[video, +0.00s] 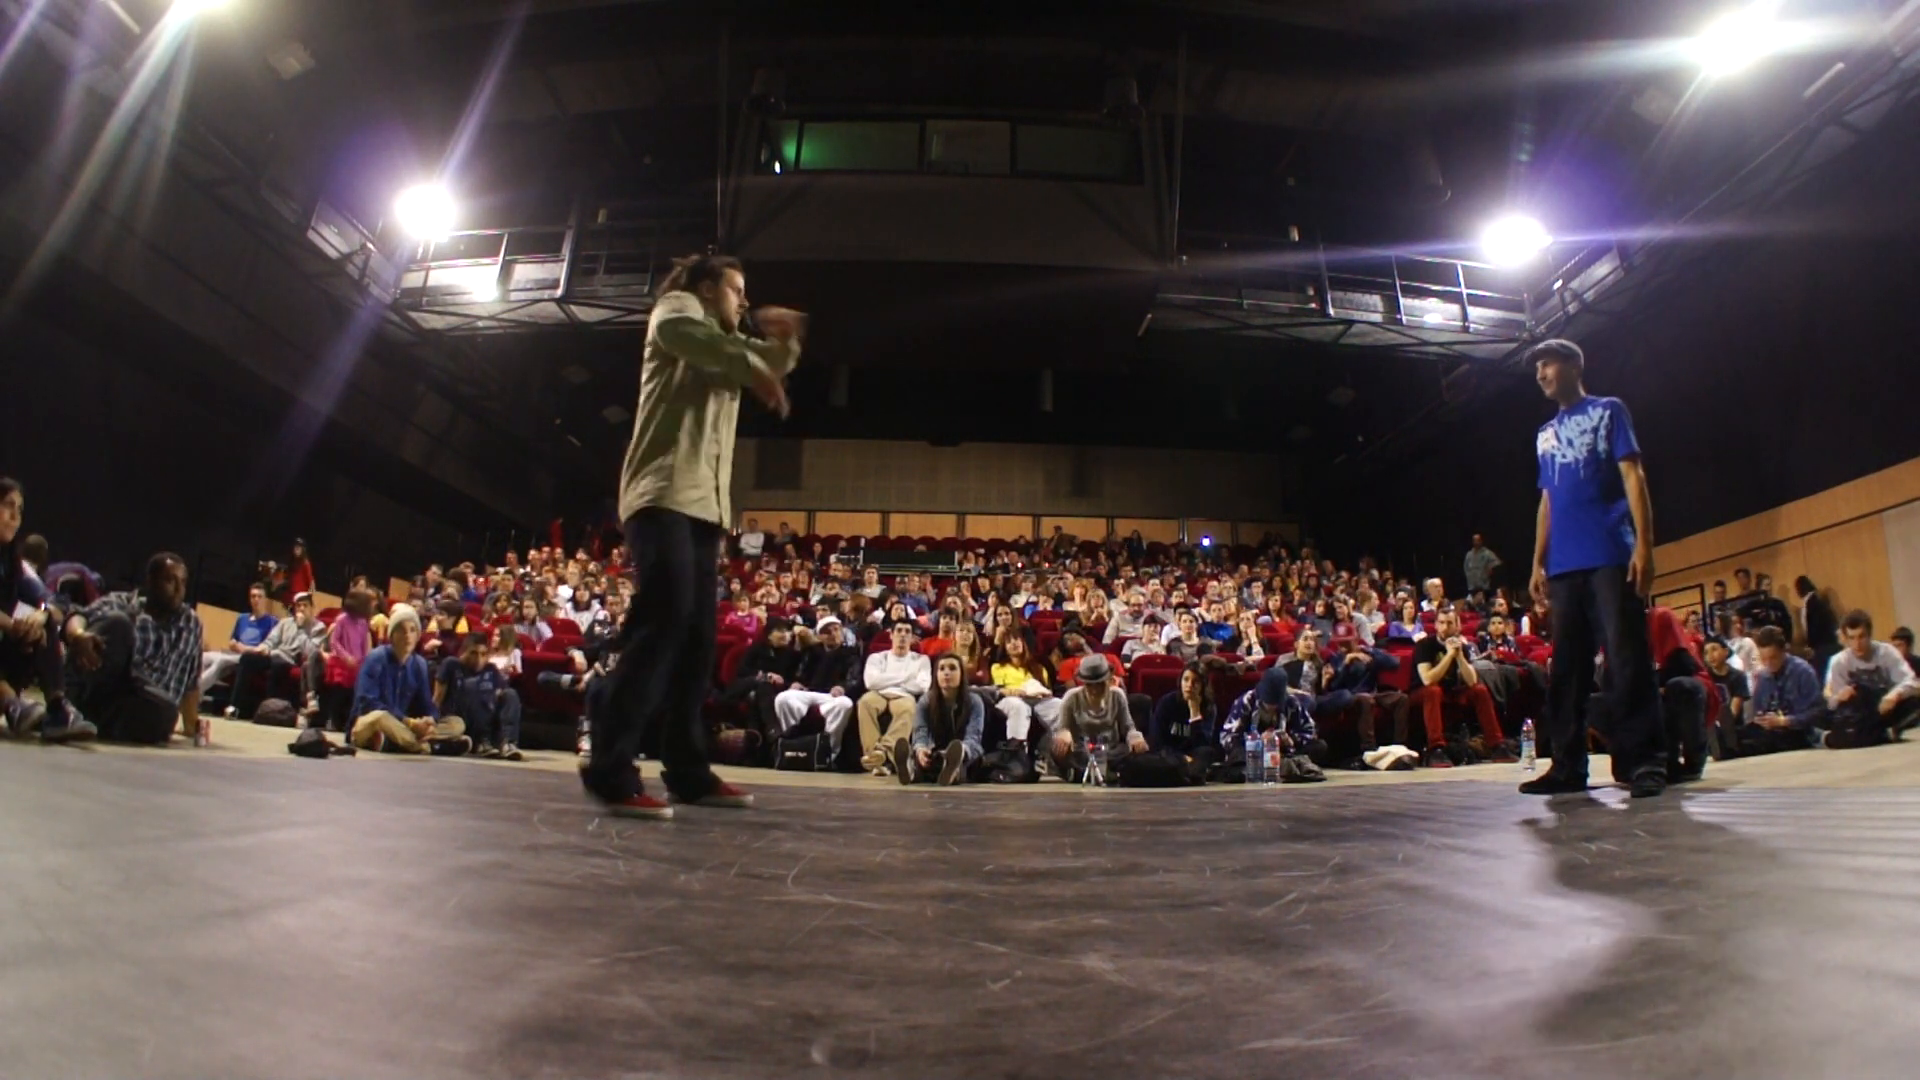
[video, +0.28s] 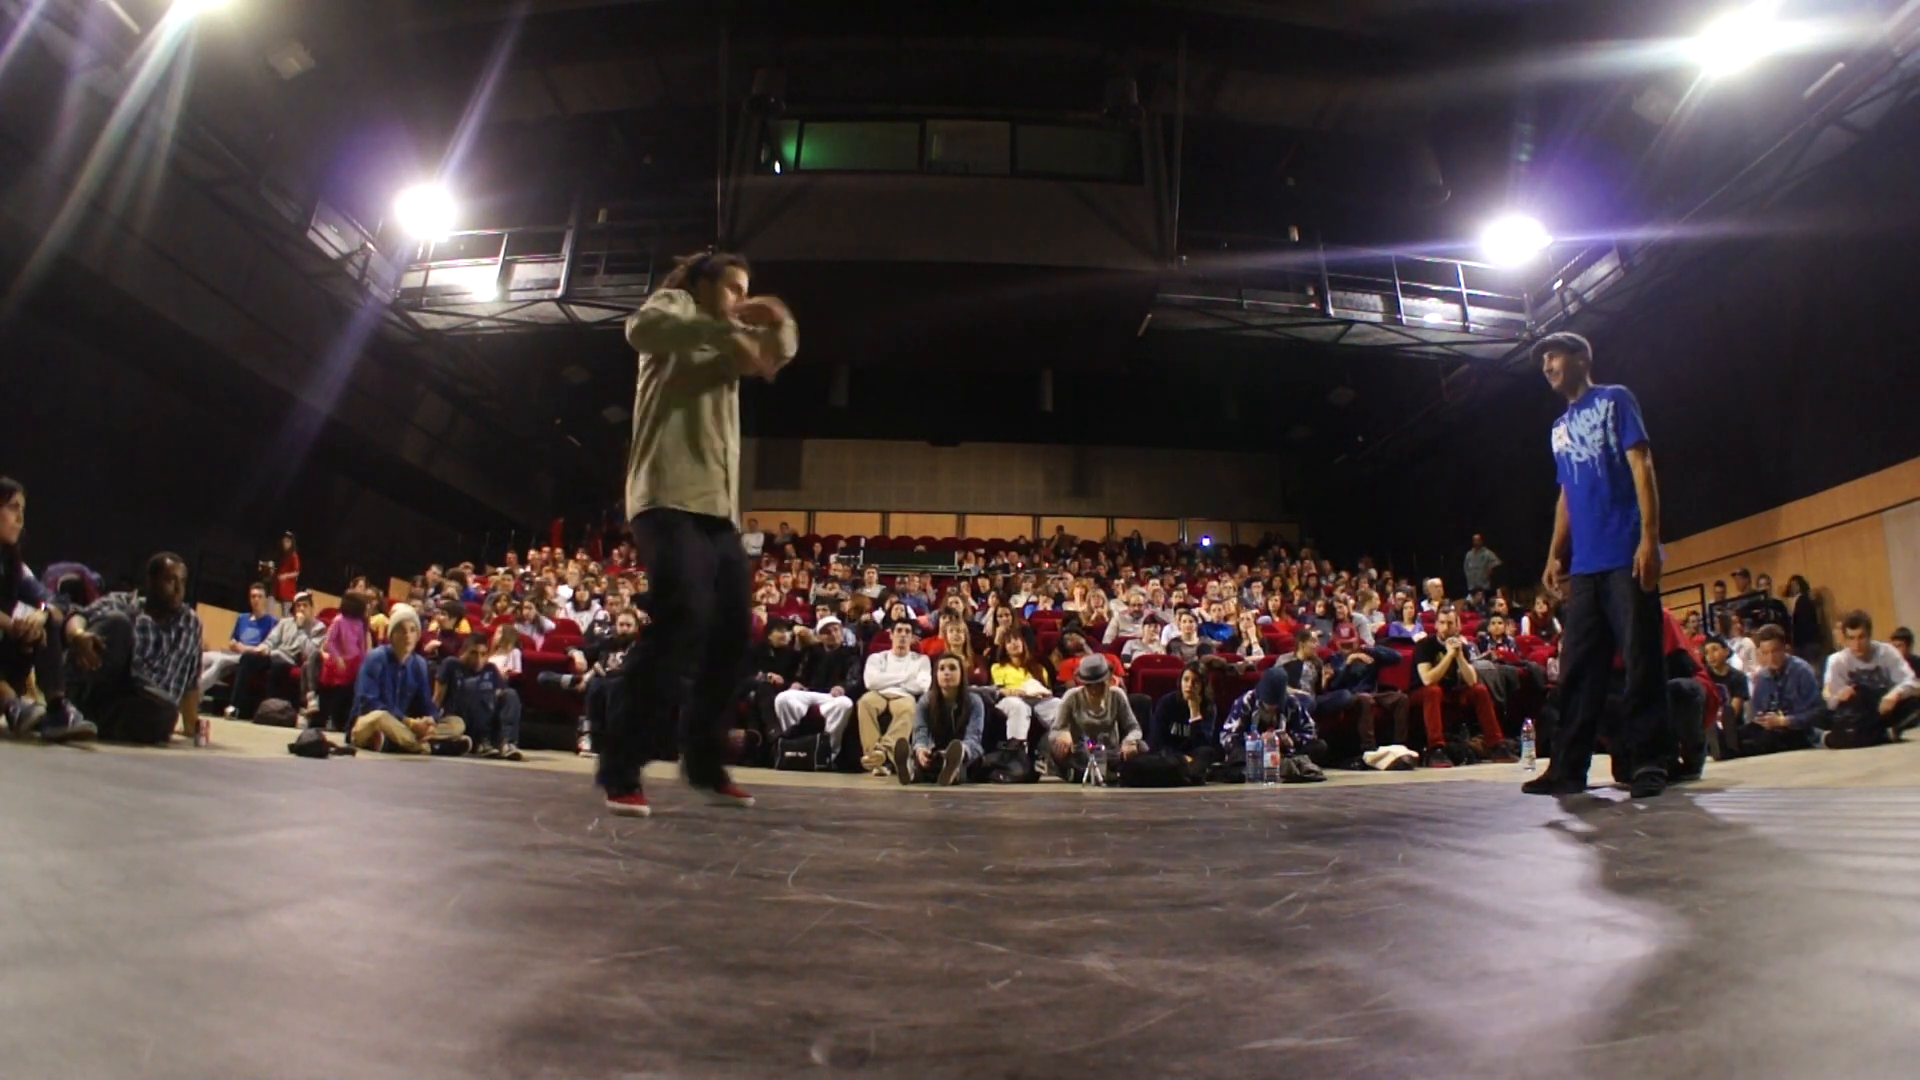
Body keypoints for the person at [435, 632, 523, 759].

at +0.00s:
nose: (478, 659)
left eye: (483, 654)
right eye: (474, 654)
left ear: (488, 654)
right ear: (465, 652)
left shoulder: (491, 669)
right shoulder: (451, 664)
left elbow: (500, 694)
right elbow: (438, 697)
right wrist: (430, 722)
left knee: (510, 694)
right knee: (471, 689)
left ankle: (508, 743)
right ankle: (483, 742)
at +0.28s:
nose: (478, 659)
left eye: (483, 654)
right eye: (474, 654)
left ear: (487, 655)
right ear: (465, 653)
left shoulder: (490, 669)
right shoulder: (451, 664)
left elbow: (499, 694)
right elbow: (438, 697)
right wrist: (429, 721)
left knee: (510, 694)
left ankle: (508, 743)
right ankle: (483, 742)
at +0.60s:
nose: (478, 658)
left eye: (482, 654)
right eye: (473, 653)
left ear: (486, 654)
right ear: (465, 653)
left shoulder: (491, 669)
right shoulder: (451, 665)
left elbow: (498, 694)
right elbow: (438, 697)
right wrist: (429, 720)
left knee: (510, 694)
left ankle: (508, 743)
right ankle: (483, 742)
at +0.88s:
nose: (478, 658)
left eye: (483, 654)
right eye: (473, 653)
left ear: (487, 655)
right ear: (465, 653)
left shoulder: (490, 669)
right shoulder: (451, 665)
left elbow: (499, 693)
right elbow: (438, 697)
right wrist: (430, 720)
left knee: (510, 694)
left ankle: (508, 743)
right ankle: (483, 742)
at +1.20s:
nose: (478, 658)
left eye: (483, 654)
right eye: (474, 653)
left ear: (487, 655)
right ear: (465, 654)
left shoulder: (490, 669)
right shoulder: (451, 665)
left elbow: (497, 695)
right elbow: (438, 697)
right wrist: (430, 721)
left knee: (510, 694)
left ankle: (508, 743)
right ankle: (483, 742)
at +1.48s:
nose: (478, 659)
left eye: (483, 654)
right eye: (473, 654)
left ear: (487, 655)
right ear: (464, 653)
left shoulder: (491, 669)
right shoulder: (450, 664)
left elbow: (497, 695)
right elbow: (438, 697)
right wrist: (429, 722)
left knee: (510, 694)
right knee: (471, 690)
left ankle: (508, 743)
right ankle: (483, 742)